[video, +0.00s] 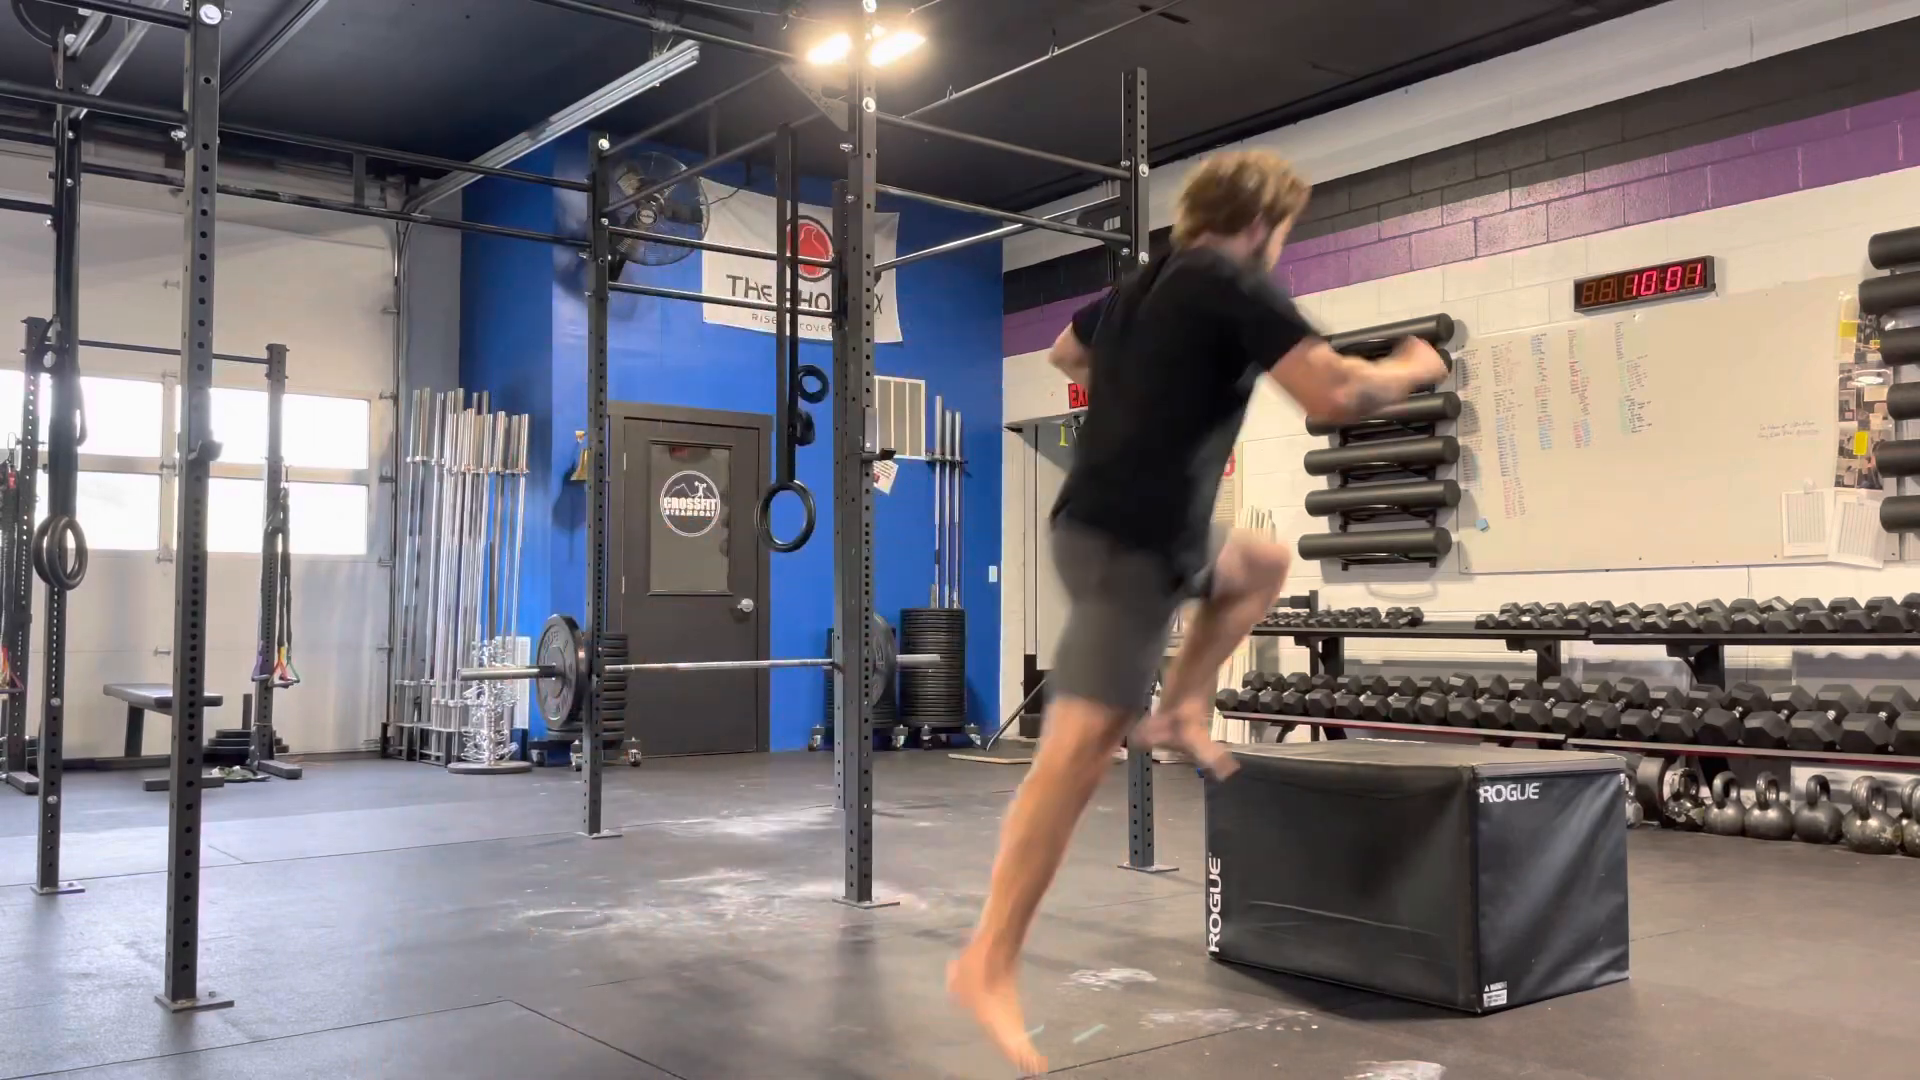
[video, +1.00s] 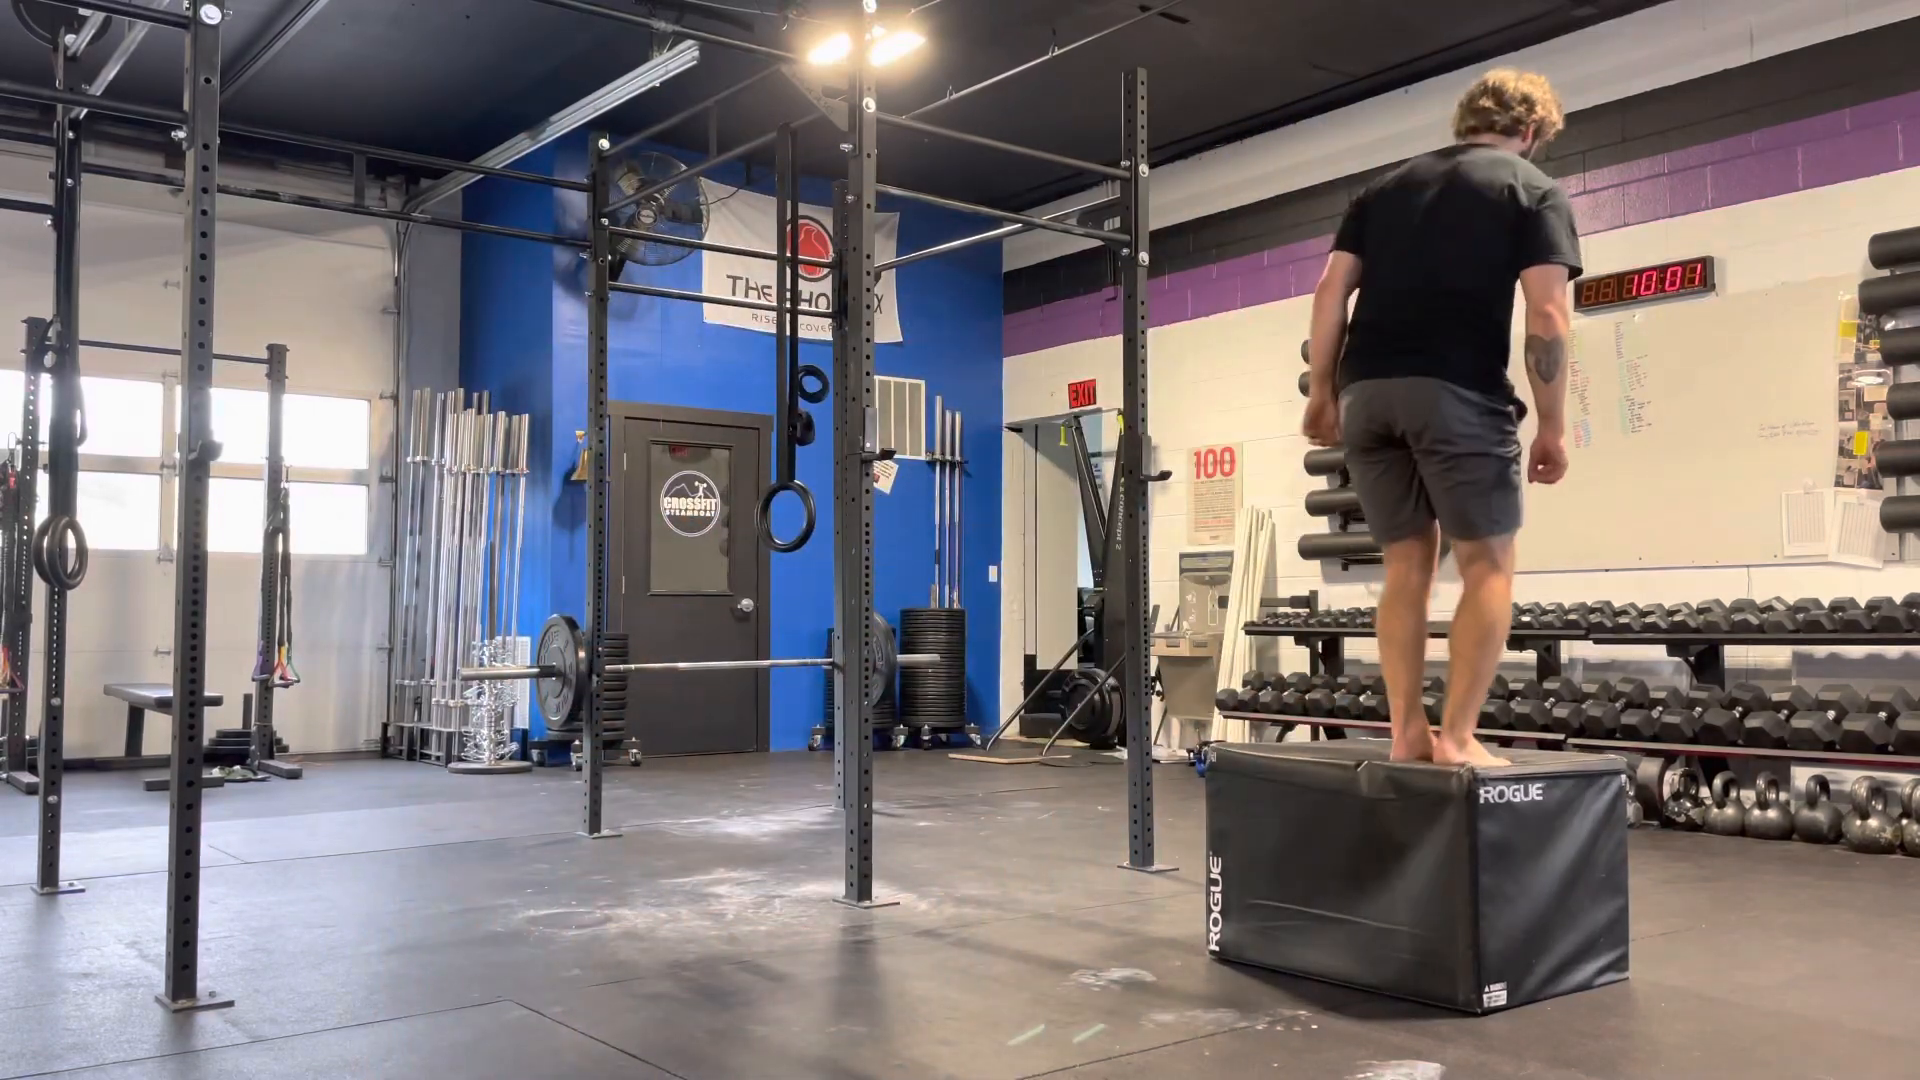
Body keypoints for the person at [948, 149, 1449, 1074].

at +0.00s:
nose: (1287, 248)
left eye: (1289, 234)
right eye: (1286, 233)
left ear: (1201, 221)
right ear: (1261, 226)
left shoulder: (1147, 281)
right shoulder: (1239, 287)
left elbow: (1067, 351)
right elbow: (1331, 394)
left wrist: (1139, 398)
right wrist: (1406, 372)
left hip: (1122, 526)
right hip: (1124, 535)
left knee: (1263, 563)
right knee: (1081, 743)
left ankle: (1180, 711)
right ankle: (986, 965)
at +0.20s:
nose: (1389, 208)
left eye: (1393, 195)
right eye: (1389, 194)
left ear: (1308, 181)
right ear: (1367, 185)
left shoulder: (1245, 240)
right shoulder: (1360, 230)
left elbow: (1162, 349)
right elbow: (1398, 372)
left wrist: (1164, 451)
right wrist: (1427, 463)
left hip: (1198, 447)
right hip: (1265, 454)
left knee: (1341, 511)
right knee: (1268, 662)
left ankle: (1378, 693)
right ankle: (1096, 741)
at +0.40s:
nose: (1454, 256)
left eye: (1454, 247)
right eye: (1453, 247)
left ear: (1370, 242)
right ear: (1436, 240)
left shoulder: (1321, 291)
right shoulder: (1452, 280)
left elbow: (1253, 412)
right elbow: (1476, 416)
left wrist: (1261, 514)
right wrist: (1478, 521)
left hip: (1288, 481)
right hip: (1374, 483)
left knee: (1383, 586)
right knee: (1411, 668)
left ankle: (1409, 737)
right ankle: (1279, 758)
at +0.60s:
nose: (1491, 204)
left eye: (1492, 197)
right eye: (1491, 195)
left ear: (1407, 187)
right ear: (1476, 189)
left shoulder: (1352, 239)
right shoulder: (1490, 233)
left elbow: (1275, 337)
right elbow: (1517, 366)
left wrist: (1281, 437)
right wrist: (1523, 466)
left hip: (1324, 424)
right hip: (1413, 421)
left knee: (1398, 573)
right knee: (1477, 573)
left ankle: (1410, 739)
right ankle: (1385, 650)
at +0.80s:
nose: (1528, 154)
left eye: (1530, 146)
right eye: (1529, 145)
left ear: (1448, 128)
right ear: (1514, 133)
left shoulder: (1379, 183)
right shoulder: (1517, 182)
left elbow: (1302, 261)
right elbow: (1529, 312)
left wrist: (1293, 355)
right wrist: (1538, 417)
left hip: (1348, 379)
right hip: (1438, 380)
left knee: (1390, 552)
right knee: (1481, 551)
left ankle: (1406, 732)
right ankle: (1456, 724)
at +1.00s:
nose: (1543, 151)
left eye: (1546, 142)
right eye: (1545, 141)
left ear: (1466, 123)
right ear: (1530, 131)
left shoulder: (1386, 186)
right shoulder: (1531, 188)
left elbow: (1330, 290)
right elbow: (1547, 318)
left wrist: (1321, 392)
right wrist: (1551, 427)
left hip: (1365, 391)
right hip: (1456, 391)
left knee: (1404, 560)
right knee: (1486, 568)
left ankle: (1407, 736)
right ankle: (1455, 740)